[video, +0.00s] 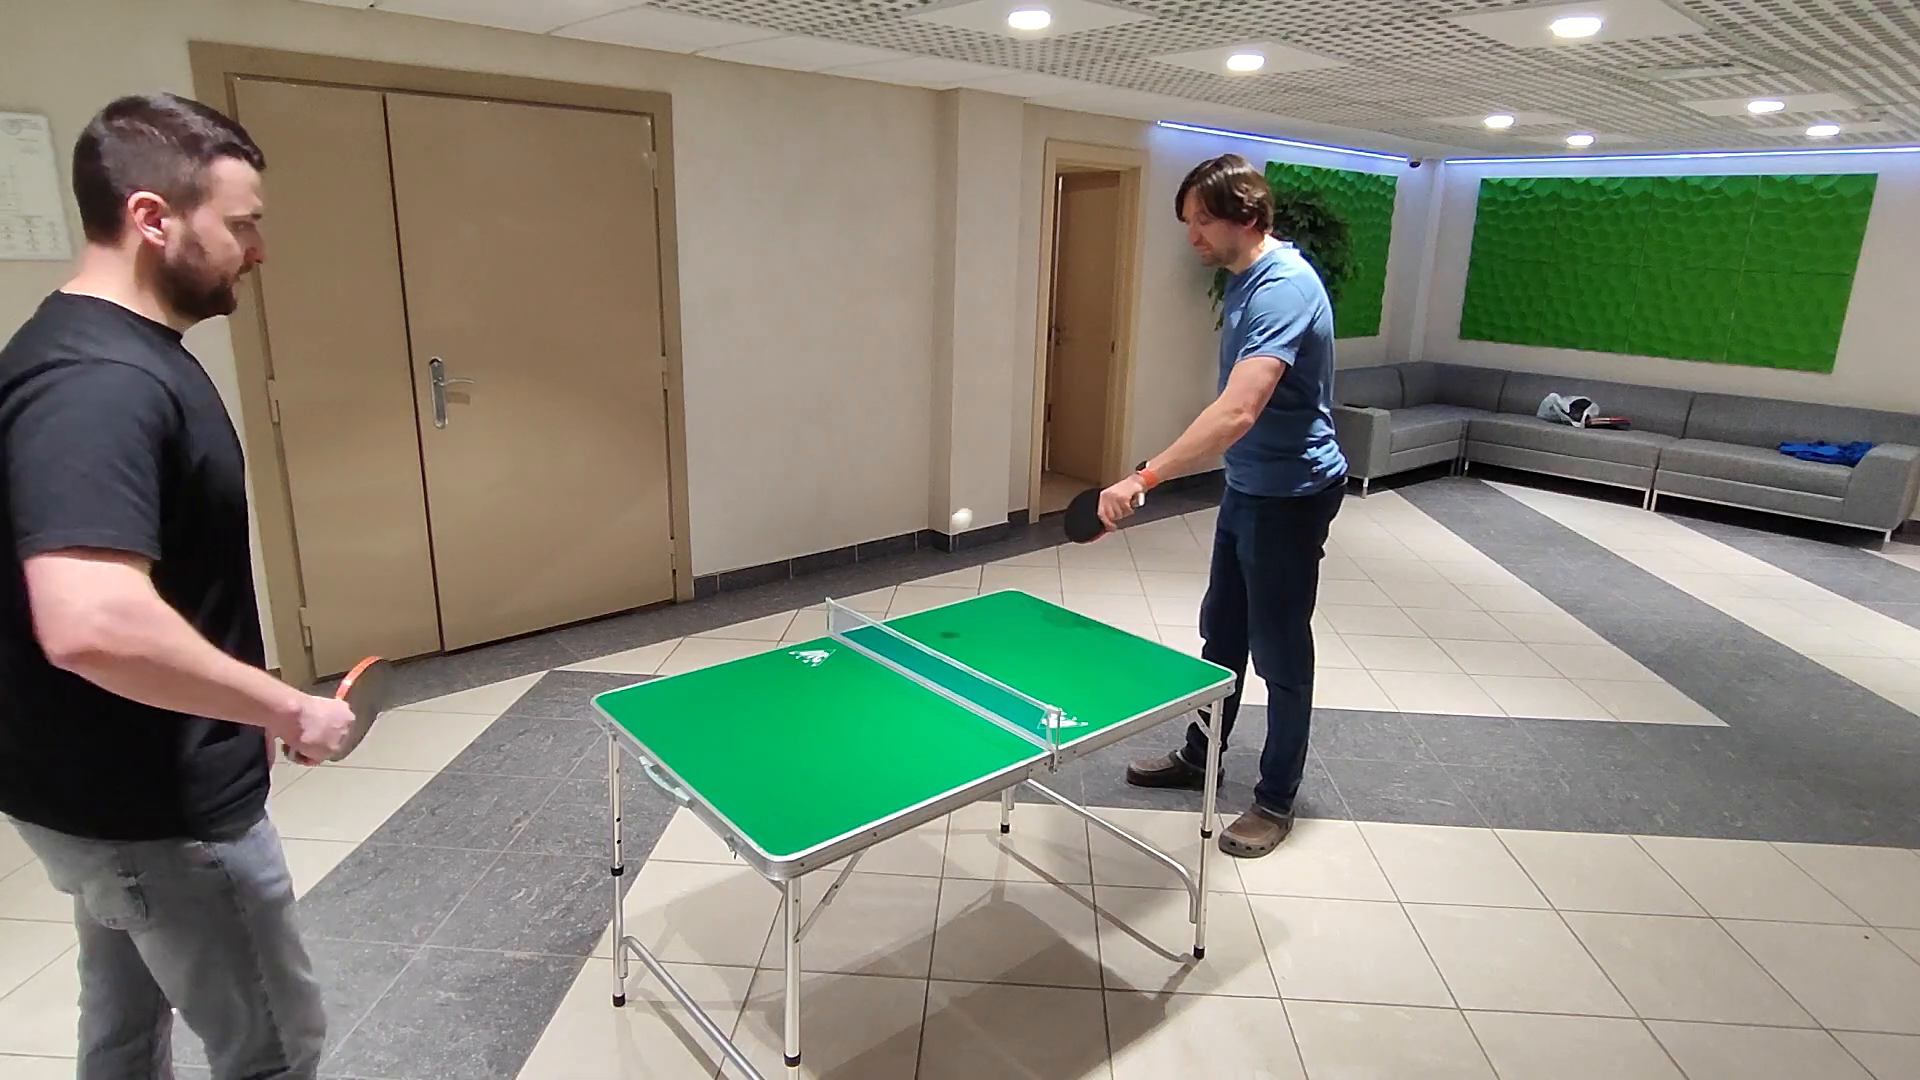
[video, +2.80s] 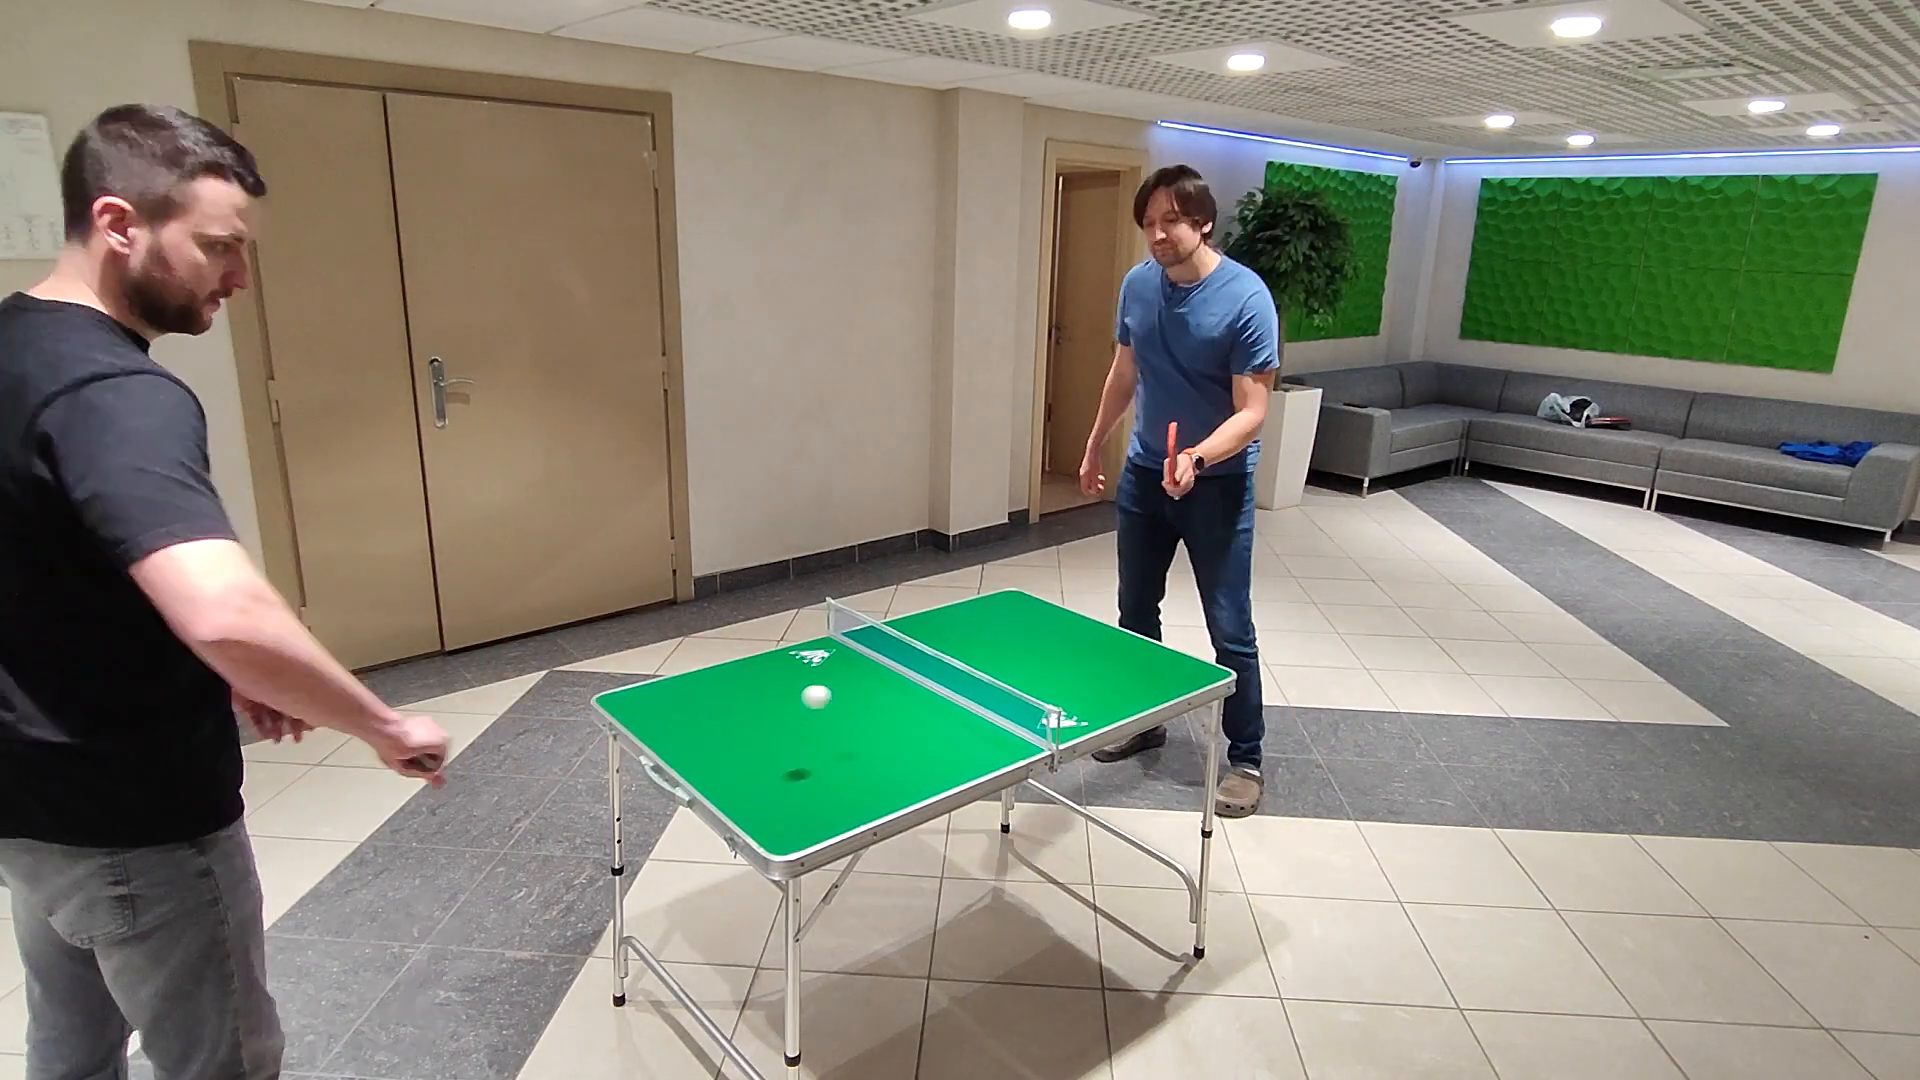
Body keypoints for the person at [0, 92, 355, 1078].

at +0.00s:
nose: (258, 254)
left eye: (257, 227)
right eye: (243, 224)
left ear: (150, 222)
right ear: (152, 219)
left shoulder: (94, 343)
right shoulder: (97, 375)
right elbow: (90, 620)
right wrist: (292, 710)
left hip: (102, 792)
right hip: (160, 811)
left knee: (121, 1031)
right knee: (276, 1049)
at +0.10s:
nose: (278, 261)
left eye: (278, 234)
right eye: (265, 231)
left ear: (169, 225)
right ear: (178, 223)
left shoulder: (69, 346)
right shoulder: (138, 382)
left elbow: (90, 591)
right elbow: (192, 629)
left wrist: (244, 706)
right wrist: (346, 708)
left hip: (78, 790)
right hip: (170, 818)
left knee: (125, 1041)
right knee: (250, 1058)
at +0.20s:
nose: (316, 271)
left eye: (318, 244)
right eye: (306, 241)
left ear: (207, 230)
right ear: (224, 233)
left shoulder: (64, 354)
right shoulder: (197, 396)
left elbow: (94, 579)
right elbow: (326, 639)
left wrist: (239, 689)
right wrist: (429, 693)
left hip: (64, 795)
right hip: (179, 822)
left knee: (129, 1049)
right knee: (253, 1059)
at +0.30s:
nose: (362, 291)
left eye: (366, 267)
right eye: (356, 264)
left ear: (238, 241)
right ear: (282, 253)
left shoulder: (71, 358)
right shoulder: (270, 414)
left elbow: (65, 582)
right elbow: (451, 630)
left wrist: (231, 699)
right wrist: (519, 664)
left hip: (40, 814)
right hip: (181, 840)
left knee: (123, 1055)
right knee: (253, 1061)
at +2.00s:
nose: (305, 280)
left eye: (310, 255)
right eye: (296, 251)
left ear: (203, 234)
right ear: (214, 238)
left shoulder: (15, 347)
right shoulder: (249, 396)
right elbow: (342, 637)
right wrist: (451, 723)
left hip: (28, 797)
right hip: (195, 811)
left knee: (89, 1061)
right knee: (239, 1064)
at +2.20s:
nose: (254, 254)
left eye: (254, 228)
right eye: (237, 227)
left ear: (143, 222)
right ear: (147, 221)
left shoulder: (9, 344)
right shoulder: (184, 390)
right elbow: (220, 643)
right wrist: (333, 744)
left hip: (37, 799)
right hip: (180, 821)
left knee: (86, 1055)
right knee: (237, 1064)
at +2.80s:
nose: (241, 279)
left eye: (243, 252)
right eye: (218, 245)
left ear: (113, 230)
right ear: (118, 227)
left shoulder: (20, 341)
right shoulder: (116, 389)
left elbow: (69, 574)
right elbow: (226, 619)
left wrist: (225, 670)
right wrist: (382, 723)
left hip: (31, 812)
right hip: (143, 834)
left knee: (69, 1054)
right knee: (226, 1060)